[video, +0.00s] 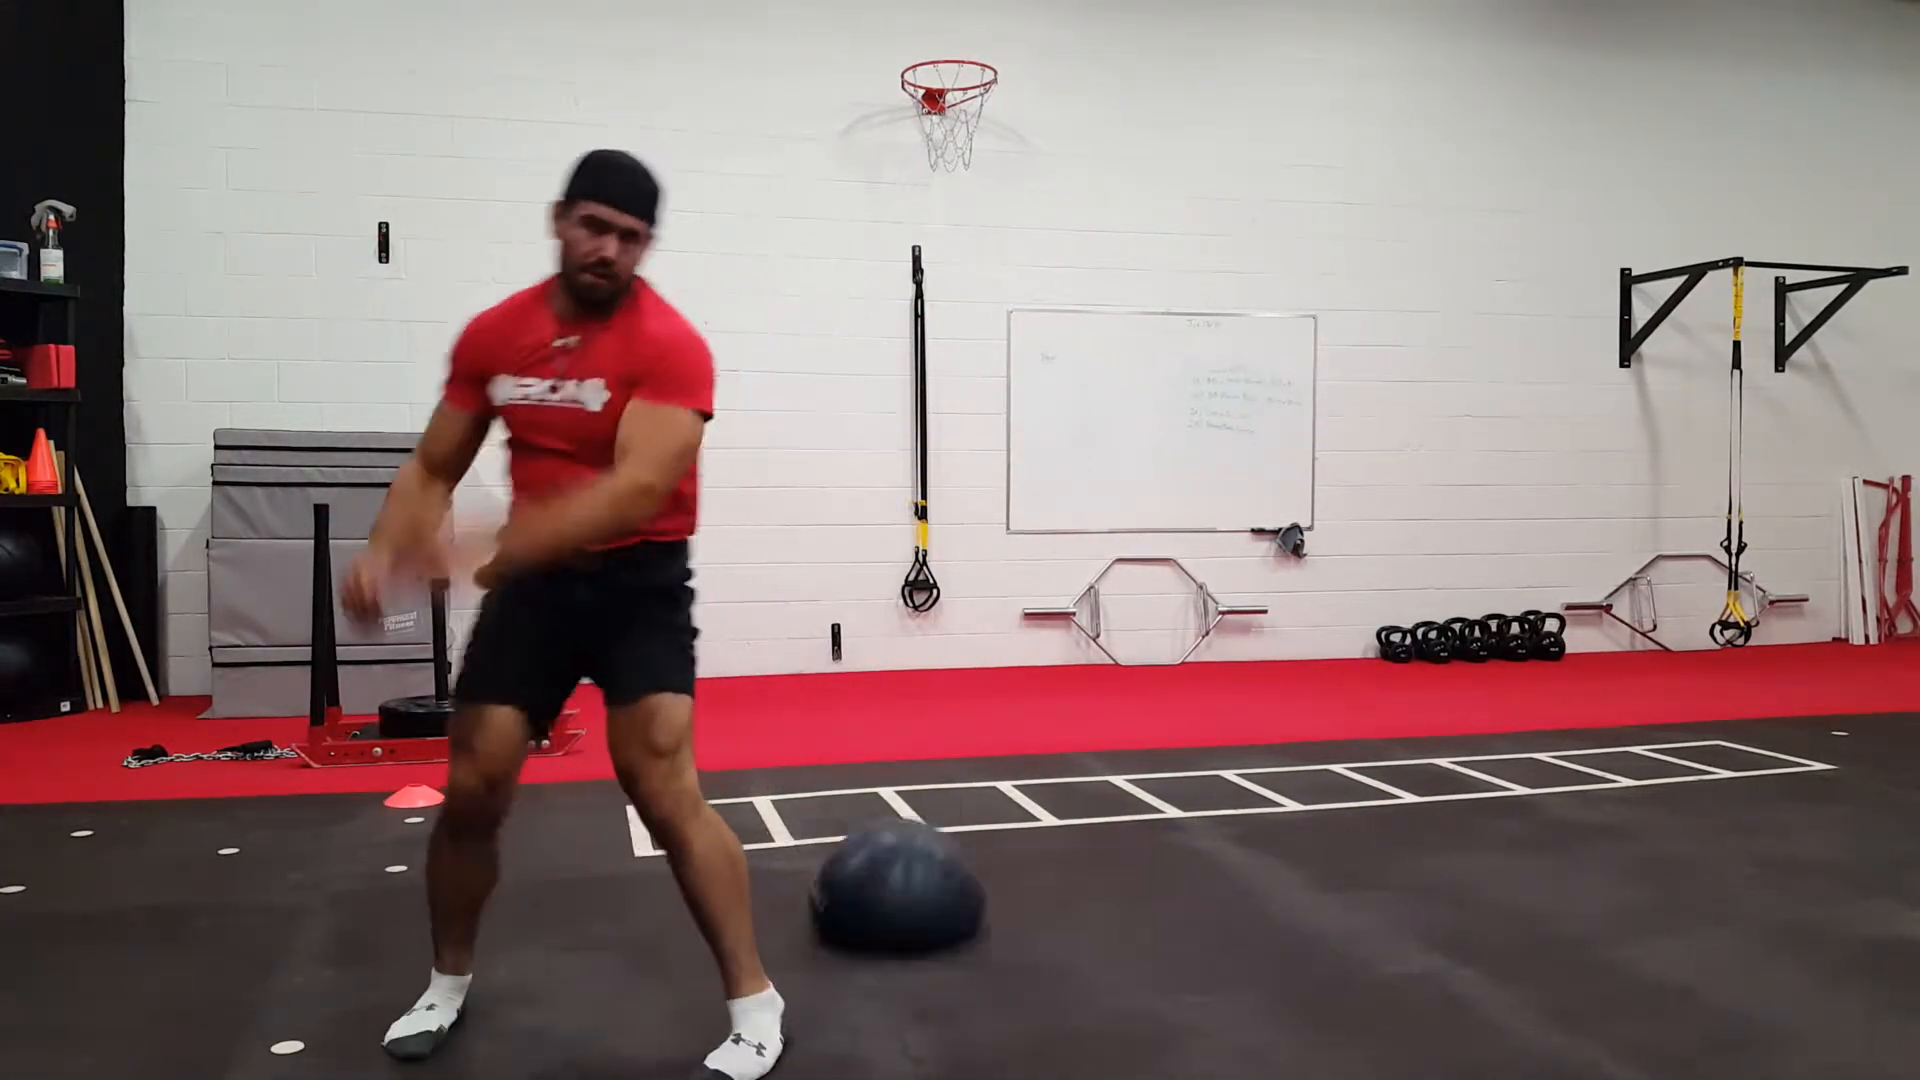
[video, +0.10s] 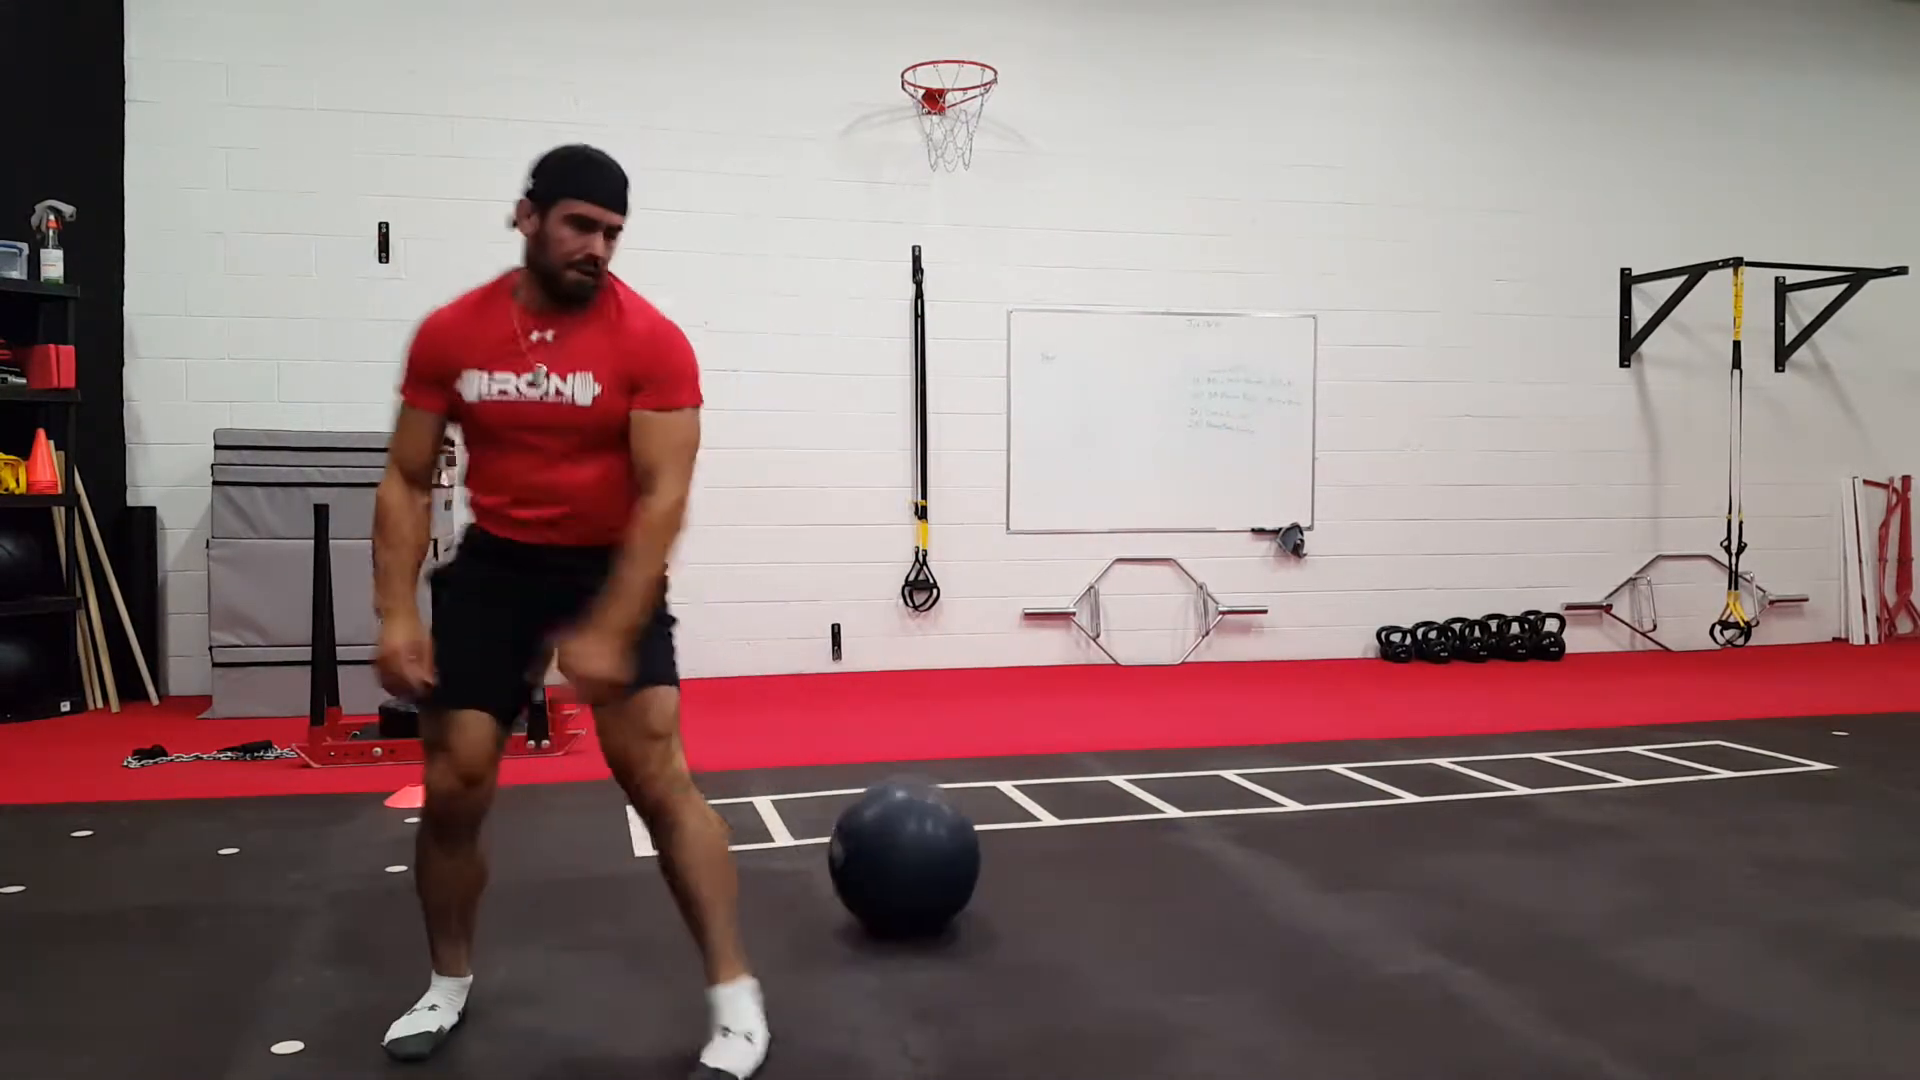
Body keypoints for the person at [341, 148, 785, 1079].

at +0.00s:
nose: (607, 251)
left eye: (628, 237)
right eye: (593, 228)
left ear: (649, 246)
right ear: (557, 223)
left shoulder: (670, 349)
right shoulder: (496, 335)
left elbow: (638, 490)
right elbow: (434, 468)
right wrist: (382, 554)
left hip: (641, 583)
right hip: (531, 581)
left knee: (658, 776)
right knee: (472, 787)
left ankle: (755, 1003)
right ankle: (448, 983)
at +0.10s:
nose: (593, 247)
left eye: (609, 232)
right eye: (577, 226)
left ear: (620, 239)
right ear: (527, 219)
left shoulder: (652, 347)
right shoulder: (451, 337)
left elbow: (664, 500)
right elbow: (407, 479)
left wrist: (611, 628)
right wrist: (396, 613)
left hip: (611, 572)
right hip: (493, 570)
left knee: (653, 768)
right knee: (452, 783)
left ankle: (735, 996)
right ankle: (449, 983)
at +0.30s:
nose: (626, 225)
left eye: (632, 209)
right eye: (614, 204)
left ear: (575, 198)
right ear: (553, 189)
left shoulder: (638, 314)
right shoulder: (442, 298)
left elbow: (710, 434)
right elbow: (371, 450)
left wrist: (768, 547)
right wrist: (450, 584)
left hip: (589, 554)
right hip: (468, 555)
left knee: (628, 756)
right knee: (460, 780)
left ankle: (653, 945)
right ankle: (447, 978)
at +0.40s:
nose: (646, 234)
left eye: (650, 218)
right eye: (636, 213)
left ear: (595, 202)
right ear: (581, 193)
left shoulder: (635, 321)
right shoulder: (472, 292)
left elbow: (707, 430)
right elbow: (394, 434)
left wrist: (795, 513)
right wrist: (481, 567)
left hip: (590, 554)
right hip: (477, 551)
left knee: (632, 741)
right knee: (469, 781)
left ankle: (625, 924)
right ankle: (447, 978)